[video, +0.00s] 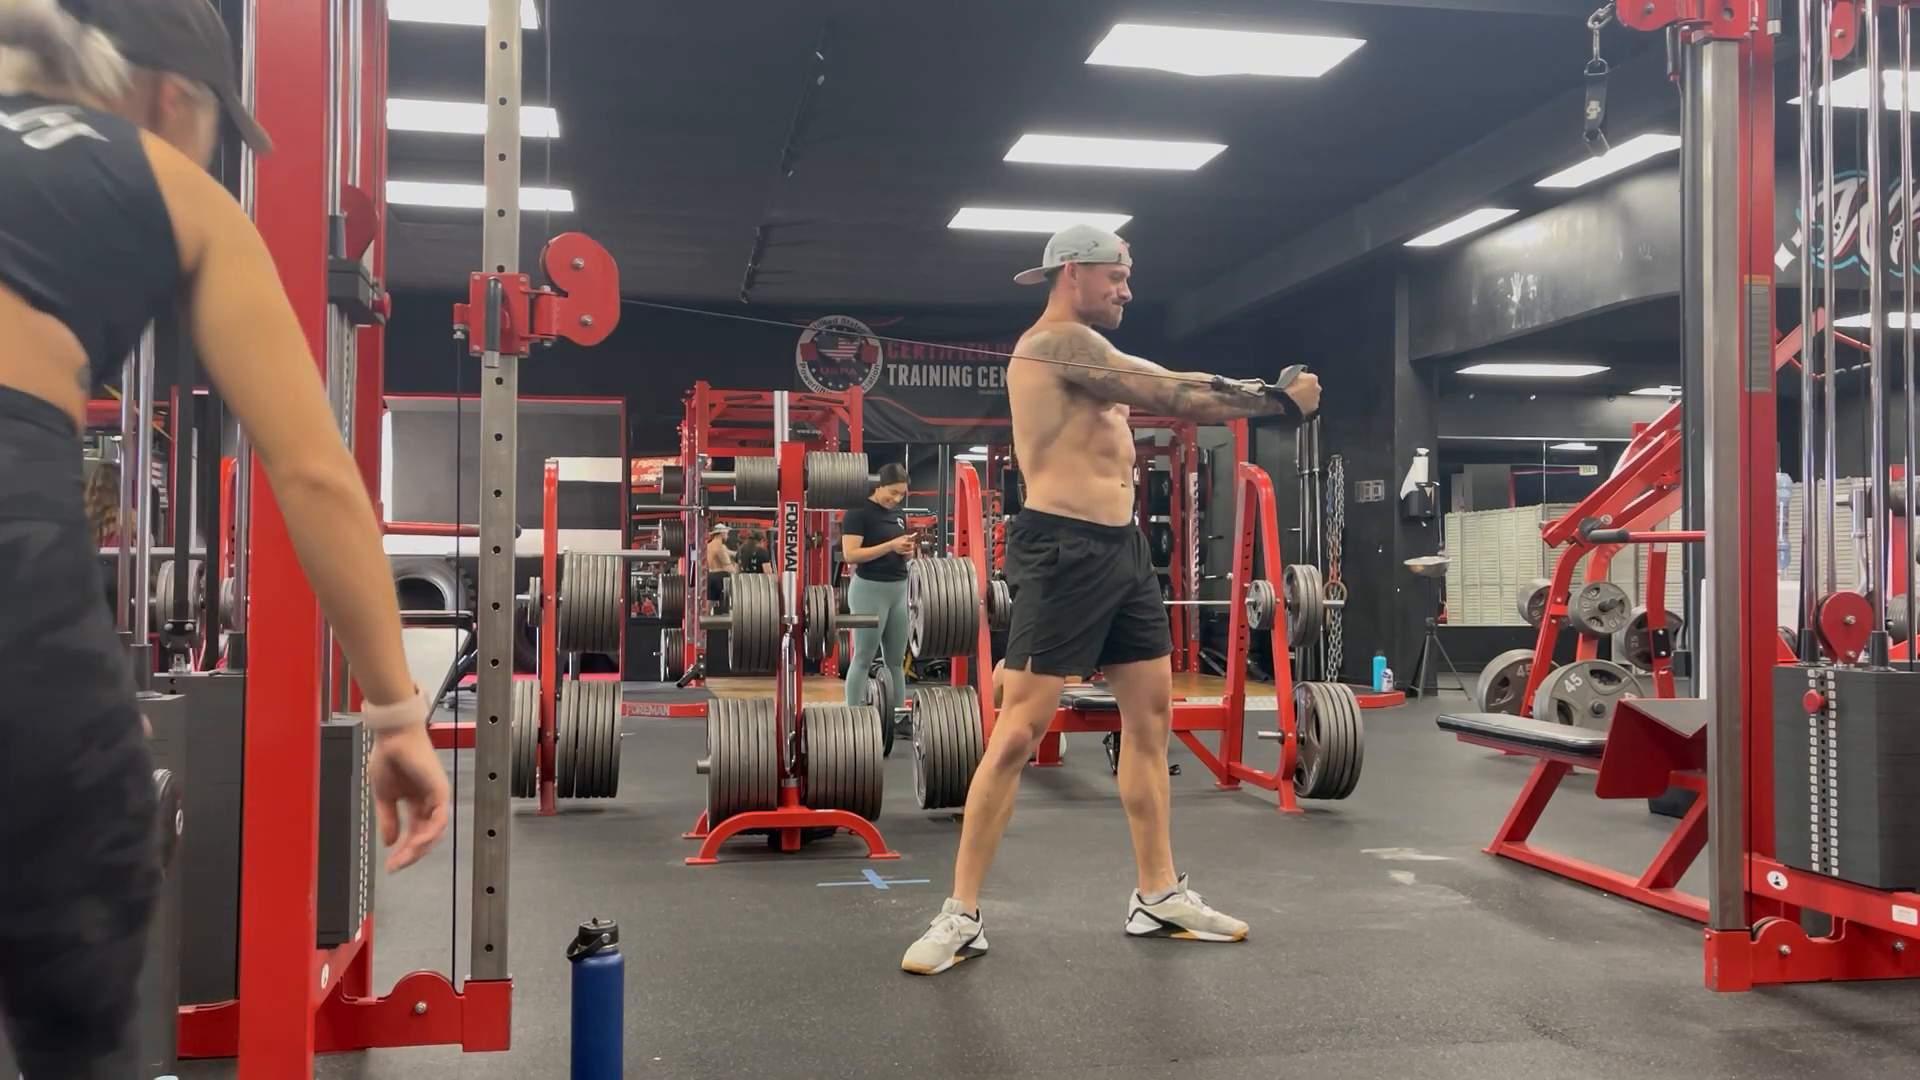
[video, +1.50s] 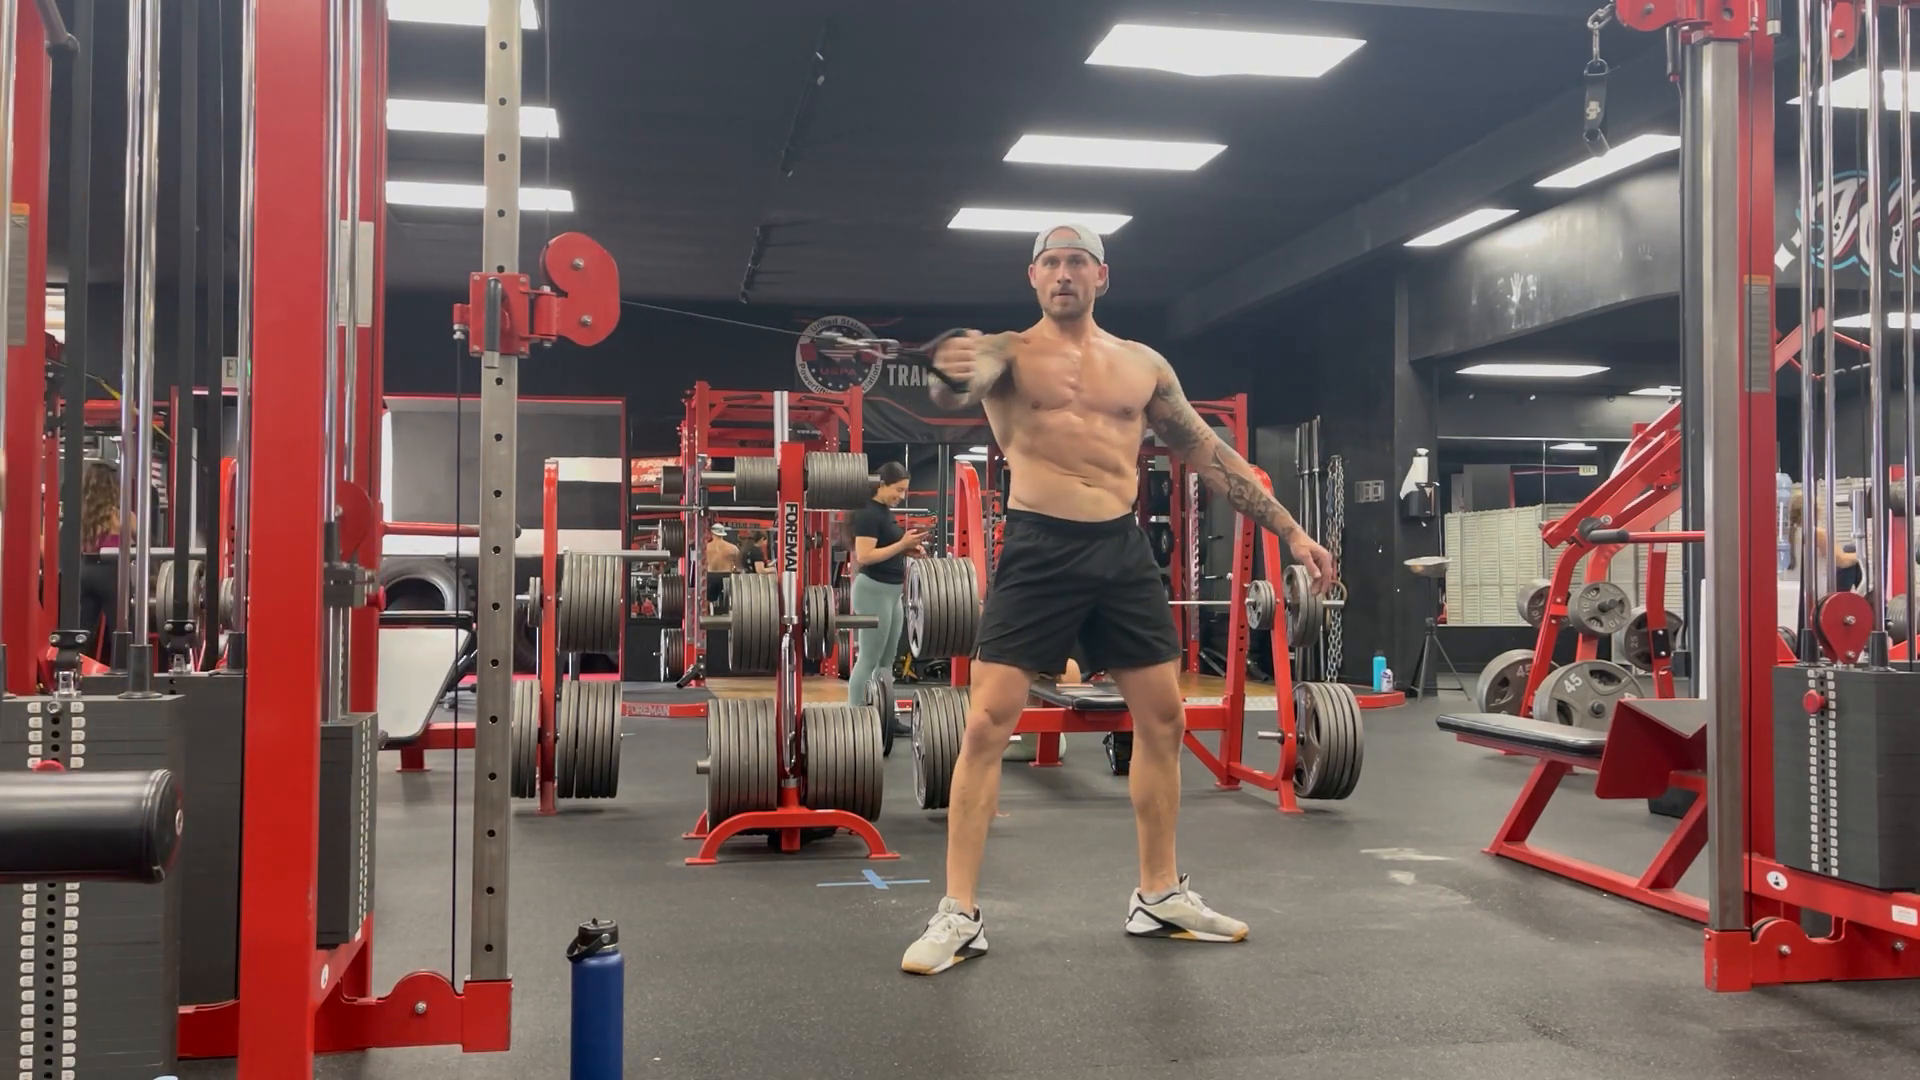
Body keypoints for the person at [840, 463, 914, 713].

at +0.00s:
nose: (897, 499)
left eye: (901, 495)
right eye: (893, 493)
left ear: (904, 491)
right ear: (880, 485)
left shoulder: (897, 514)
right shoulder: (858, 513)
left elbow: (903, 551)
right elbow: (850, 554)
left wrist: (909, 549)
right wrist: (891, 546)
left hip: (898, 591)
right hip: (869, 590)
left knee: (896, 661)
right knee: (863, 659)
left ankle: (899, 720)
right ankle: (853, 720)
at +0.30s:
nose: (894, 500)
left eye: (899, 495)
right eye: (890, 493)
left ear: (902, 491)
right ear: (878, 485)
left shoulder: (895, 514)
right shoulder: (856, 514)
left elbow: (903, 551)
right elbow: (847, 555)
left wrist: (908, 549)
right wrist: (887, 547)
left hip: (898, 590)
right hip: (868, 589)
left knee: (895, 661)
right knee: (862, 659)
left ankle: (899, 720)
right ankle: (854, 721)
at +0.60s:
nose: (889, 497)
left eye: (894, 493)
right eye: (886, 490)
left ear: (897, 490)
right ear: (871, 484)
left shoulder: (890, 512)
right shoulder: (852, 512)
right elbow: (841, 555)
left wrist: (904, 546)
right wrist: (882, 548)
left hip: (893, 590)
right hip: (864, 589)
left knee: (895, 661)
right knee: (860, 659)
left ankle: (897, 720)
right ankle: (853, 721)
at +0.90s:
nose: (887, 497)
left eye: (891, 492)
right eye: (884, 490)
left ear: (893, 489)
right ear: (869, 484)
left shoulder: (879, 512)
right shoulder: (849, 512)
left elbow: (874, 548)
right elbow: (837, 555)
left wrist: (894, 545)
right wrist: (880, 549)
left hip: (883, 590)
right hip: (856, 590)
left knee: (889, 660)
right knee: (854, 660)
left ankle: (898, 718)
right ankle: (851, 721)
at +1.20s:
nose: (889, 497)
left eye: (893, 493)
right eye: (886, 491)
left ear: (894, 489)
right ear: (871, 484)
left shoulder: (877, 512)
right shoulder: (853, 512)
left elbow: (876, 547)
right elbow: (843, 557)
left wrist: (899, 546)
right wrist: (886, 548)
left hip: (881, 589)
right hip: (859, 589)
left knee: (882, 657)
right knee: (857, 658)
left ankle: (887, 717)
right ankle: (851, 719)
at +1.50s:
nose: (902, 496)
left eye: (904, 491)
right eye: (899, 490)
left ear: (897, 487)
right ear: (884, 484)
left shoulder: (885, 513)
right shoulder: (869, 513)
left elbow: (883, 549)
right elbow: (863, 556)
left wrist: (905, 549)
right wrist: (901, 545)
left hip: (892, 592)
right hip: (873, 590)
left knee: (886, 661)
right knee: (868, 660)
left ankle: (880, 717)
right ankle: (855, 718)